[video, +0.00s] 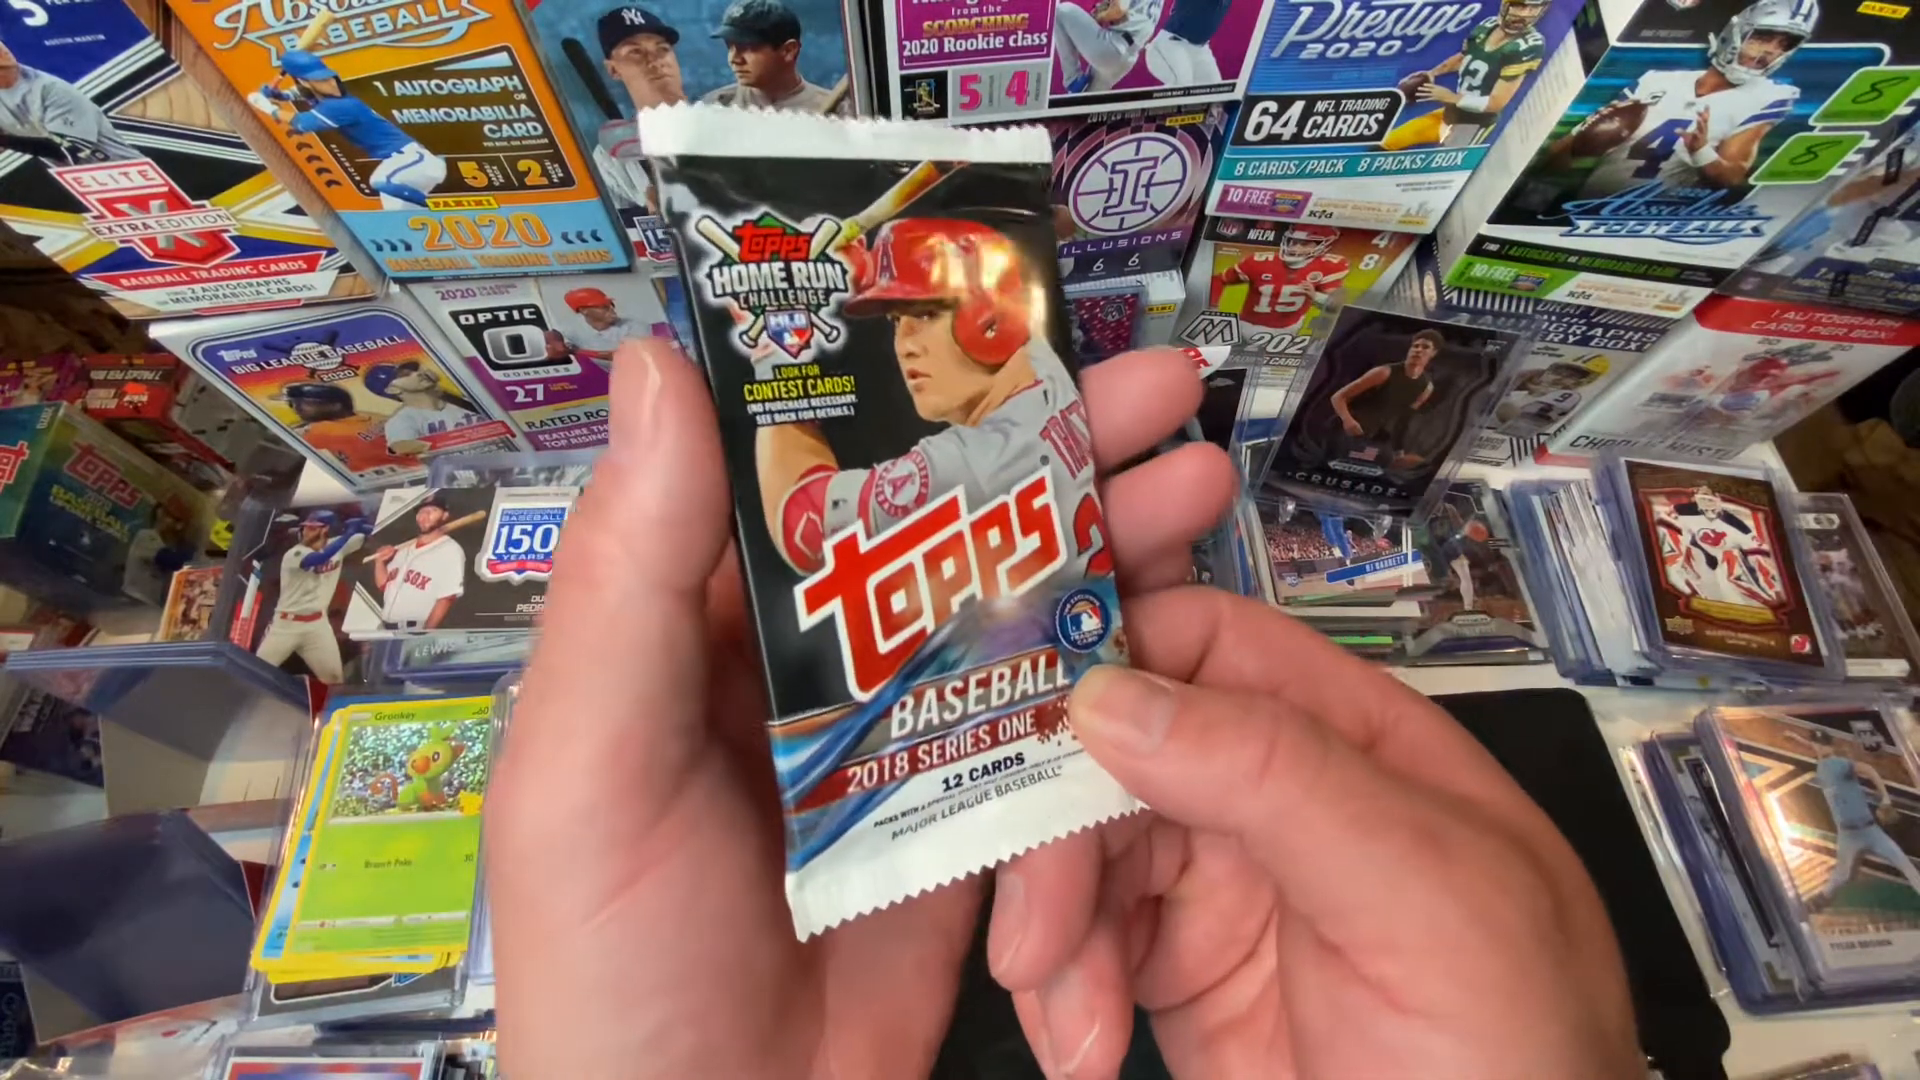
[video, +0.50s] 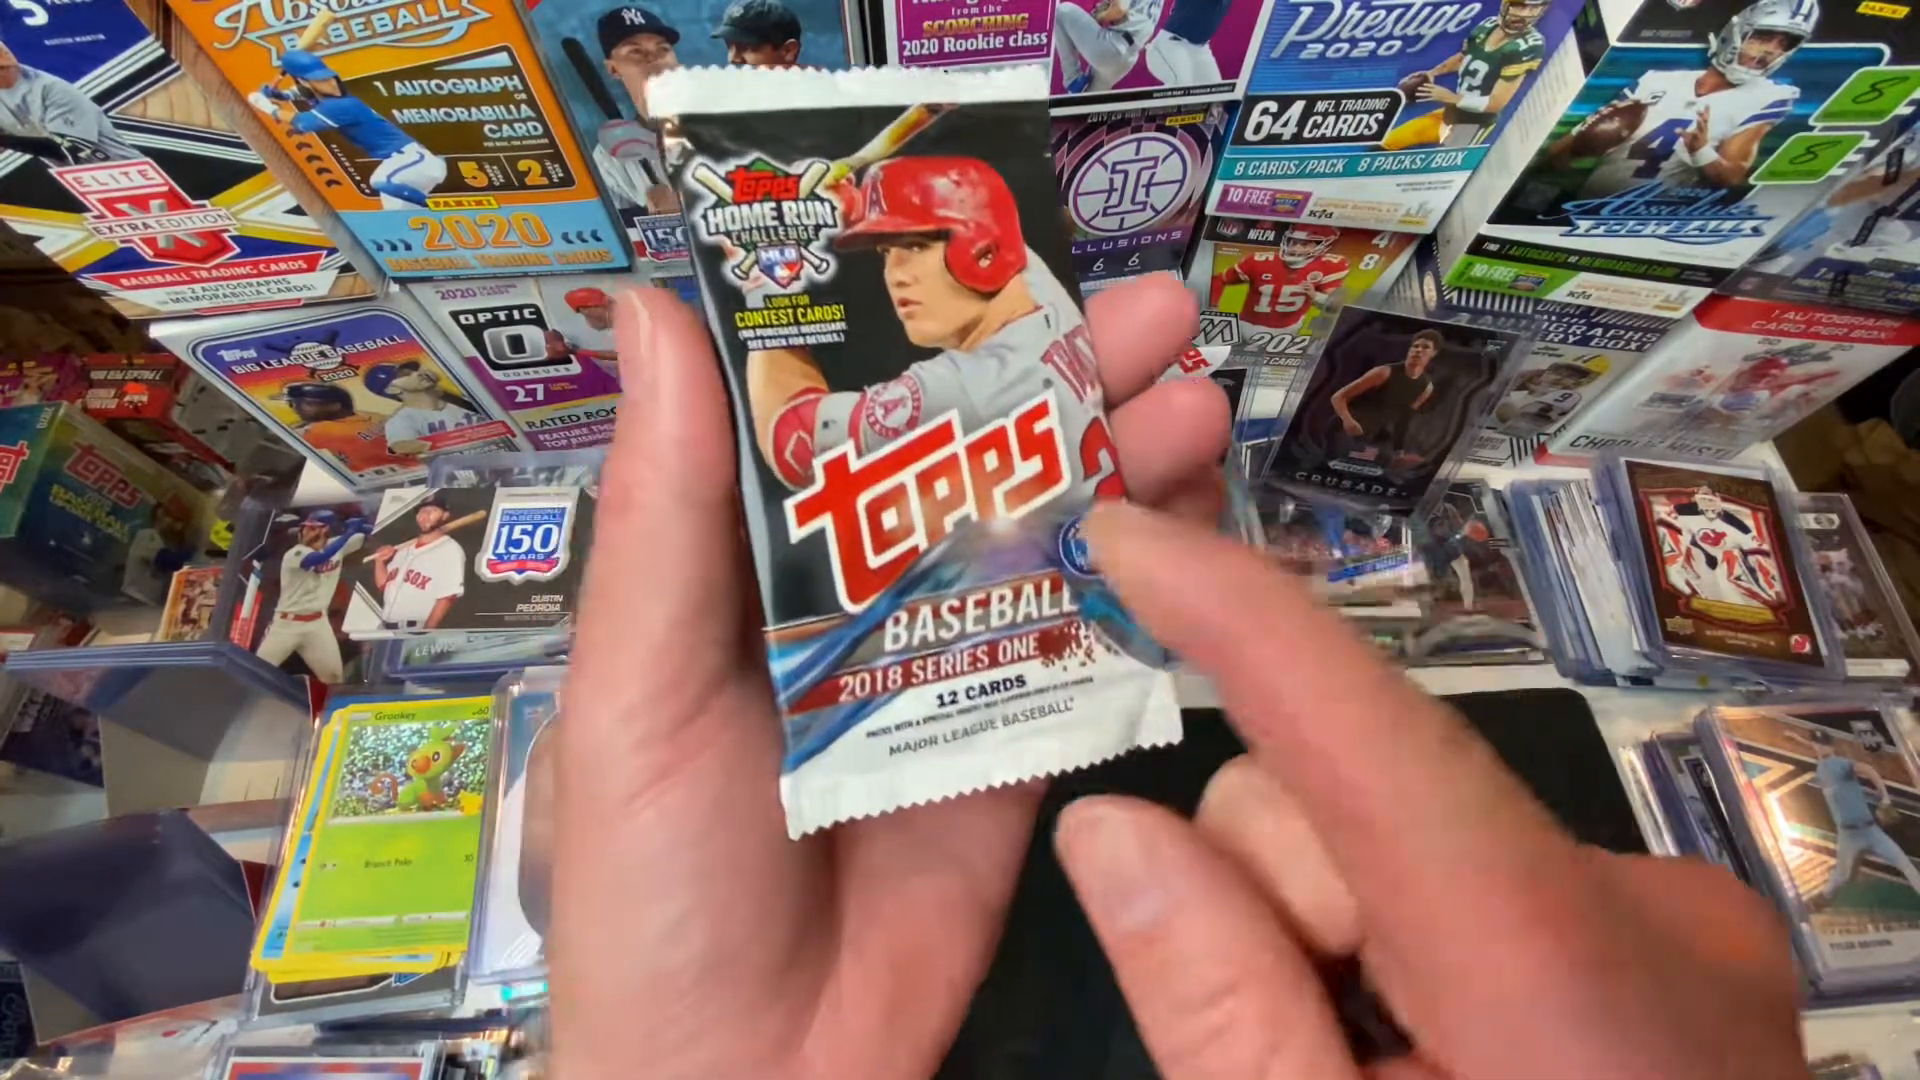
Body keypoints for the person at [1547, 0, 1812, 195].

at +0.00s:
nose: (1770, 52)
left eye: (1783, 46)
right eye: (1764, 38)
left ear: (1788, 57)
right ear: (1737, 34)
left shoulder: (1763, 100)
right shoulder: (1658, 82)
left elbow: (1736, 176)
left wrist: (1701, 154)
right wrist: (1579, 141)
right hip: (1592, 206)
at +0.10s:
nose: (1771, 52)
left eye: (1784, 46)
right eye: (1764, 37)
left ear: (1789, 56)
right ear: (1738, 33)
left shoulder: (1762, 100)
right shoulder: (1658, 82)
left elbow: (1736, 177)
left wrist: (1702, 153)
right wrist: (1580, 139)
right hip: (1592, 206)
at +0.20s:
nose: (1770, 52)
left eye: (1784, 45)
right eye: (1764, 37)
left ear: (1789, 56)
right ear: (1738, 33)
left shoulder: (1763, 100)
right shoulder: (1658, 82)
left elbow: (1736, 176)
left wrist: (1702, 153)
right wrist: (1581, 141)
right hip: (1593, 205)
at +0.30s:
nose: (1770, 52)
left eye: (1784, 46)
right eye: (1764, 37)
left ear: (1789, 56)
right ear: (1738, 33)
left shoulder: (1762, 100)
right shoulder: (1658, 82)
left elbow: (1736, 177)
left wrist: (1702, 153)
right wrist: (1581, 140)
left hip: (1661, 222)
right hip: (1593, 205)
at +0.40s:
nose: (1770, 51)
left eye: (1782, 45)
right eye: (1763, 37)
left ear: (1788, 57)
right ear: (1737, 34)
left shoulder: (1764, 100)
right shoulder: (1658, 81)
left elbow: (1736, 177)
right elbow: (1555, 157)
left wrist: (1701, 153)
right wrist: (1582, 140)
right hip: (1592, 205)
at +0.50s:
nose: (1770, 51)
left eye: (1783, 45)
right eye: (1764, 37)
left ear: (1788, 56)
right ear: (1737, 34)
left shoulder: (1764, 100)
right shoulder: (1658, 82)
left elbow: (1736, 177)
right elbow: (1557, 156)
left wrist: (1702, 153)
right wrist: (1581, 139)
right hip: (1593, 204)